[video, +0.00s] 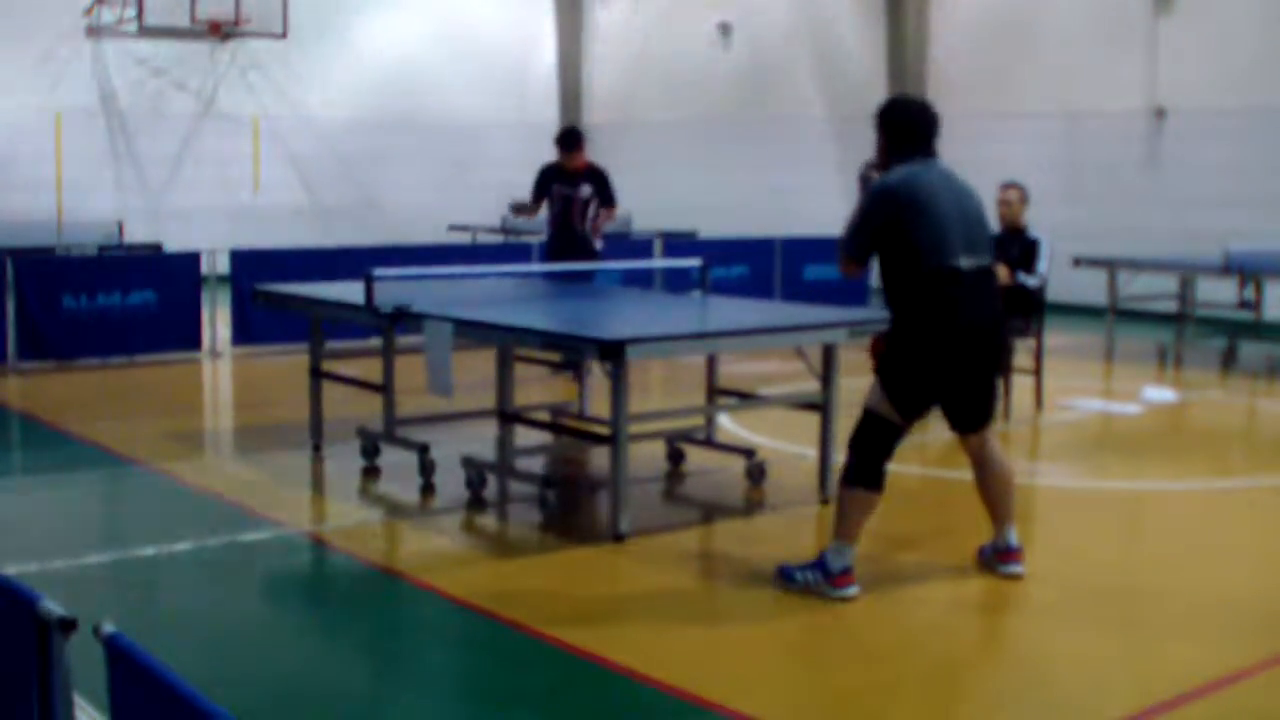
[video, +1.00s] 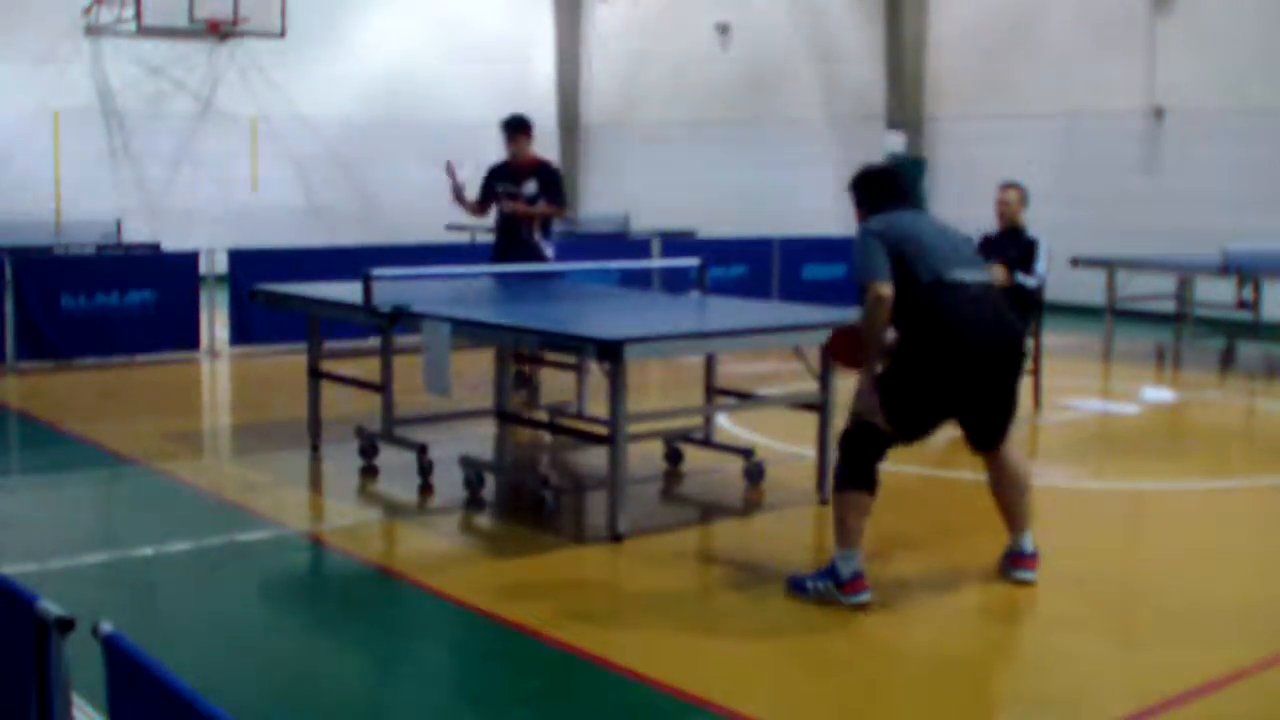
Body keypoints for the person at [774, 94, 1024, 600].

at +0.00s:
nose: (876, 145)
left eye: (879, 137)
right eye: (881, 136)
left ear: (885, 142)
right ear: (931, 138)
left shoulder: (888, 192)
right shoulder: (959, 188)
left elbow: (851, 264)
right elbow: (982, 267)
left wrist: (869, 197)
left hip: (921, 339)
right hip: (979, 338)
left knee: (869, 444)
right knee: (979, 438)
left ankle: (837, 562)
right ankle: (1007, 544)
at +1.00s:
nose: (857, 215)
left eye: (857, 207)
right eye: (857, 207)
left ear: (866, 204)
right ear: (909, 196)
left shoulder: (875, 231)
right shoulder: (945, 231)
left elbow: (881, 294)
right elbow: (985, 283)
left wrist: (869, 360)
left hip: (937, 350)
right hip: (999, 348)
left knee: (861, 443)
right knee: (995, 441)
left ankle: (846, 568)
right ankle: (1024, 547)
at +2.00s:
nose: (849, 219)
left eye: (849, 210)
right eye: (848, 210)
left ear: (858, 208)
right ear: (899, 196)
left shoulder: (872, 235)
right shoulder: (937, 226)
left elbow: (881, 305)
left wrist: (870, 382)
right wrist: (856, 304)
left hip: (944, 353)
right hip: (1006, 346)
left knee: (871, 439)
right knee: (999, 438)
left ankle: (845, 561)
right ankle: (1023, 542)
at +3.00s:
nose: (848, 210)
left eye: (847, 201)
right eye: (846, 201)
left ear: (855, 200)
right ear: (899, 189)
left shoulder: (870, 224)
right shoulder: (932, 219)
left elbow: (885, 280)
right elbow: (933, 278)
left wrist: (878, 360)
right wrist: (853, 285)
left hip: (939, 342)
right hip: (999, 337)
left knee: (861, 434)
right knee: (993, 431)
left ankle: (845, 558)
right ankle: (1021, 537)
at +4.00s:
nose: (855, 198)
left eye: (854, 190)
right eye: (855, 190)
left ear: (863, 188)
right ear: (906, 181)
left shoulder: (871, 218)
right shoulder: (942, 215)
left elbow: (875, 282)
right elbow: (981, 271)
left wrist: (876, 358)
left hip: (933, 341)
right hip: (995, 338)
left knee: (858, 433)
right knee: (993, 431)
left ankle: (844, 556)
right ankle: (1021, 534)